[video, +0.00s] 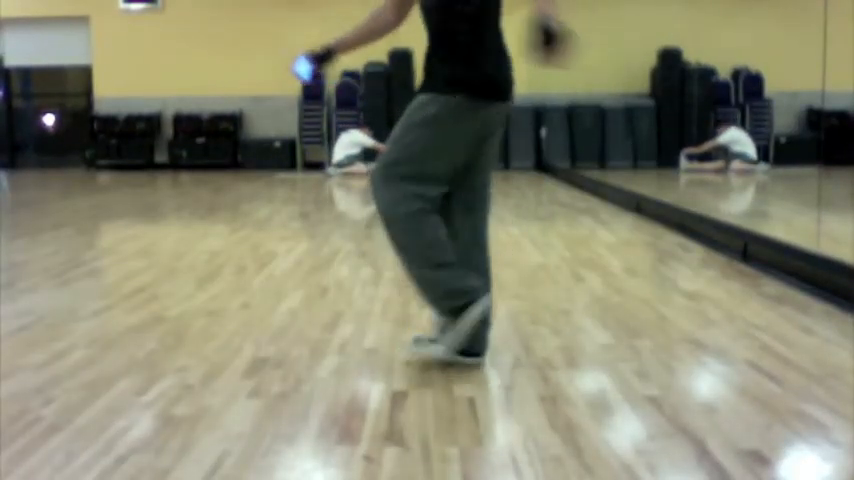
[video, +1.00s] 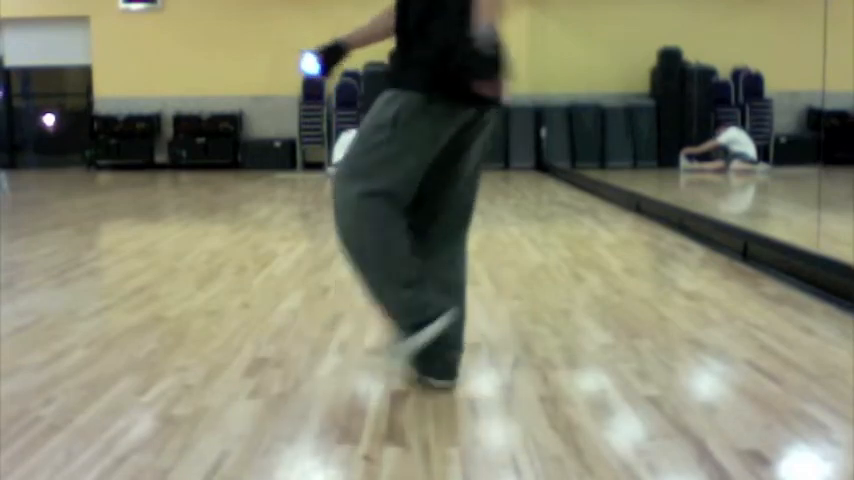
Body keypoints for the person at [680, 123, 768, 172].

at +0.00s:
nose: (719, 133)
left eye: (720, 130)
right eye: (719, 131)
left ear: (725, 128)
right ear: (728, 126)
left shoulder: (731, 132)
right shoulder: (733, 132)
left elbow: (709, 146)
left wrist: (689, 151)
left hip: (746, 160)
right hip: (734, 159)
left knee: (733, 168)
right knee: (714, 166)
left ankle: (753, 171)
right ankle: (690, 166)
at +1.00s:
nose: (719, 135)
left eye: (720, 132)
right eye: (719, 133)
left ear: (724, 129)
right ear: (727, 127)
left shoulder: (731, 132)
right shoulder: (733, 132)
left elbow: (711, 145)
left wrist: (688, 151)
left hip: (744, 159)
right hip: (734, 159)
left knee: (733, 168)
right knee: (716, 165)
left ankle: (755, 171)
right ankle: (695, 166)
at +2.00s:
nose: (719, 135)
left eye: (719, 132)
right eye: (719, 133)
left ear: (723, 129)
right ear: (727, 127)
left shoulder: (732, 132)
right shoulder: (734, 132)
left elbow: (710, 146)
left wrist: (688, 151)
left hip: (744, 159)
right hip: (734, 159)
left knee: (733, 170)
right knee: (715, 165)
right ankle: (692, 166)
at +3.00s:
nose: (719, 135)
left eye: (720, 133)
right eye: (719, 133)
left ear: (723, 129)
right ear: (727, 127)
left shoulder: (731, 132)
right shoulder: (734, 132)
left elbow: (709, 147)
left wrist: (687, 151)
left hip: (744, 159)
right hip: (735, 159)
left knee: (733, 170)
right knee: (715, 165)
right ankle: (691, 166)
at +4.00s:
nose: (719, 135)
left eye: (720, 133)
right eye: (719, 133)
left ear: (723, 129)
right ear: (727, 127)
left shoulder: (731, 132)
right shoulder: (734, 132)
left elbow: (710, 146)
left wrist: (688, 151)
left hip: (744, 160)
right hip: (735, 159)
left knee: (733, 169)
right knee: (715, 165)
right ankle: (692, 166)